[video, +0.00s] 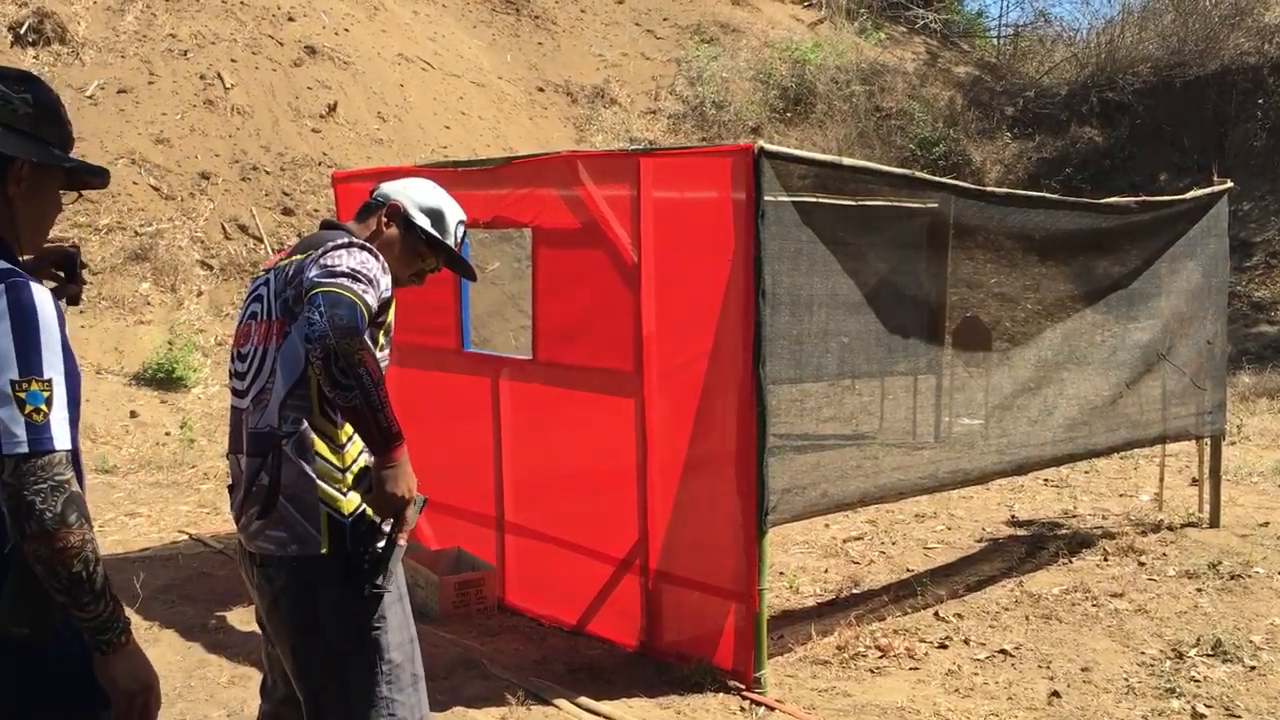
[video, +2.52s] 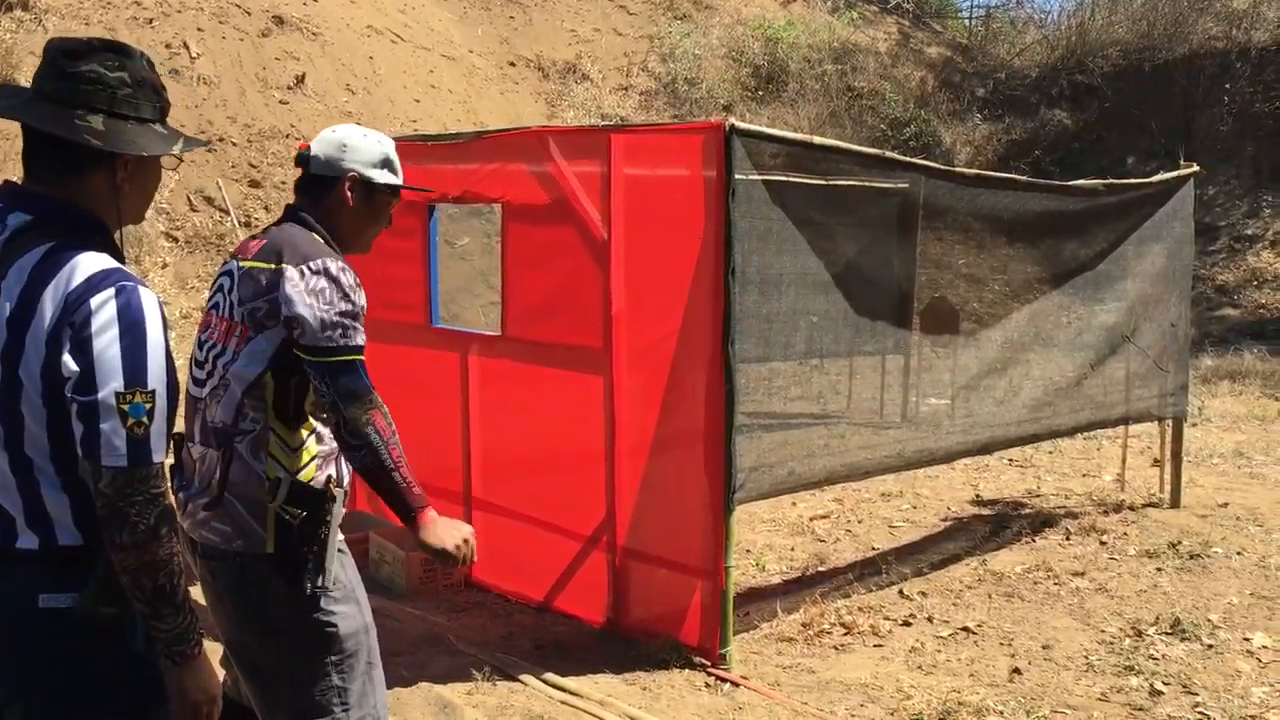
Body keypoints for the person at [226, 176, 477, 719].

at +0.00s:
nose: (422, 276)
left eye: (432, 267)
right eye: (421, 256)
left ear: (378, 224)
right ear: (386, 222)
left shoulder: (281, 271)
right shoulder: (355, 259)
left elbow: (262, 411)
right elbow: (334, 334)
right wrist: (392, 456)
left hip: (276, 544)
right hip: (333, 544)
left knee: (293, 706)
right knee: (383, 707)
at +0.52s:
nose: (424, 275)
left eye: (436, 266)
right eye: (427, 255)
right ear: (397, 218)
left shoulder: (280, 267)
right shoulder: (358, 251)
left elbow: (253, 410)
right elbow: (323, 326)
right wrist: (367, 456)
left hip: (277, 541)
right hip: (336, 539)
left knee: (293, 705)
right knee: (384, 707)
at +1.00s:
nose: (440, 278)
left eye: (451, 266)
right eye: (445, 260)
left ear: (389, 223)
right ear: (416, 231)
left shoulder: (298, 263)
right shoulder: (373, 268)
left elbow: (245, 379)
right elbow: (319, 340)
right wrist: (327, 476)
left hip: (254, 537)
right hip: (311, 543)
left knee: (291, 701)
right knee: (363, 702)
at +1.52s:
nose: (428, 266)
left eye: (437, 252)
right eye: (431, 248)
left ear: (371, 217)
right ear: (399, 224)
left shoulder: (288, 262)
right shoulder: (359, 273)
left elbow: (237, 388)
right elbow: (307, 351)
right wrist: (318, 475)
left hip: (239, 541)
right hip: (296, 548)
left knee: (276, 702)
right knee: (359, 701)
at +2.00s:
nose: (414, 246)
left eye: (422, 232)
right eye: (416, 228)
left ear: (346, 202)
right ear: (381, 212)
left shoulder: (275, 258)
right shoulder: (343, 260)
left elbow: (230, 388)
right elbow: (295, 331)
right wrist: (325, 462)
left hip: (243, 535)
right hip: (297, 542)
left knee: (274, 697)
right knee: (358, 704)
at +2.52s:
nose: (390, 220)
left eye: (394, 205)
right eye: (388, 202)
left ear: (329, 190)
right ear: (349, 193)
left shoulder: (251, 255)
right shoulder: (320, 272)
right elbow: (358, 414)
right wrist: (423, 518)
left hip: (228, 532)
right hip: (288, 540)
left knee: (264, 695)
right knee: (345, 702)